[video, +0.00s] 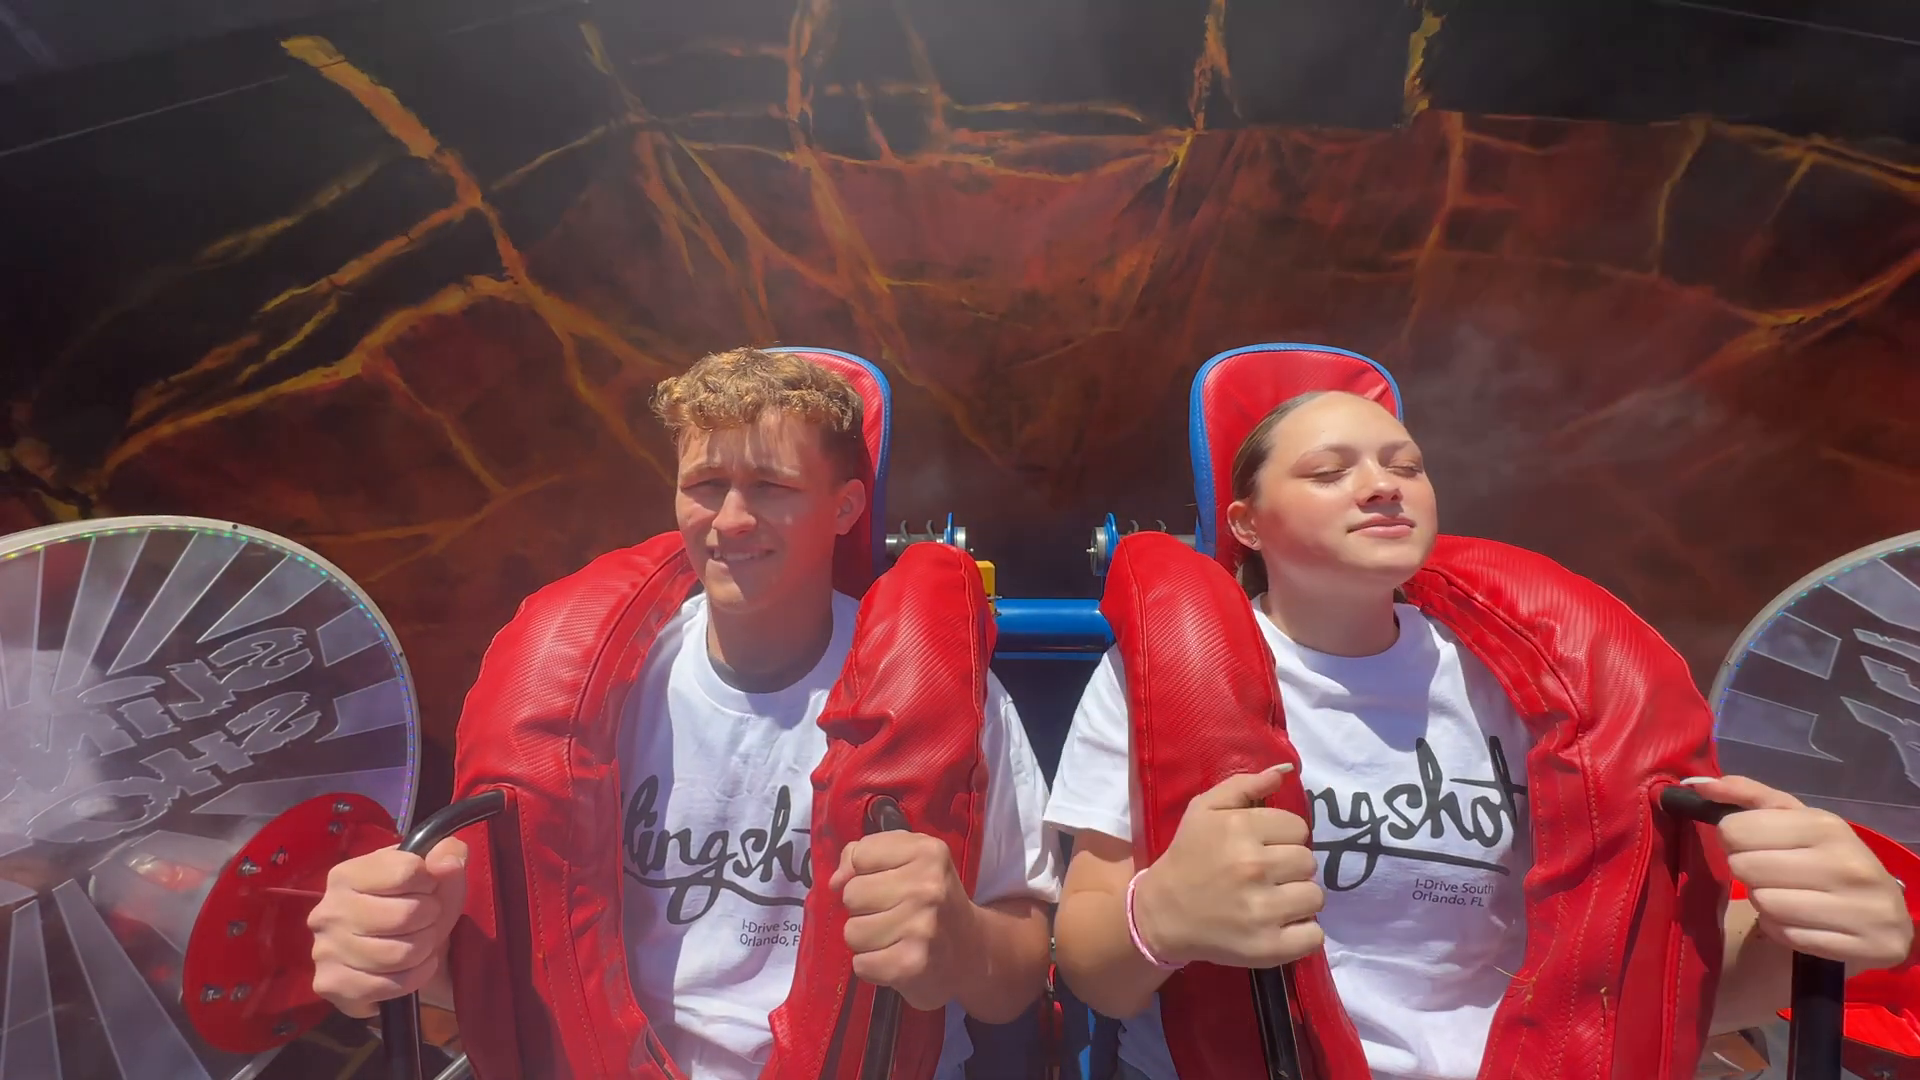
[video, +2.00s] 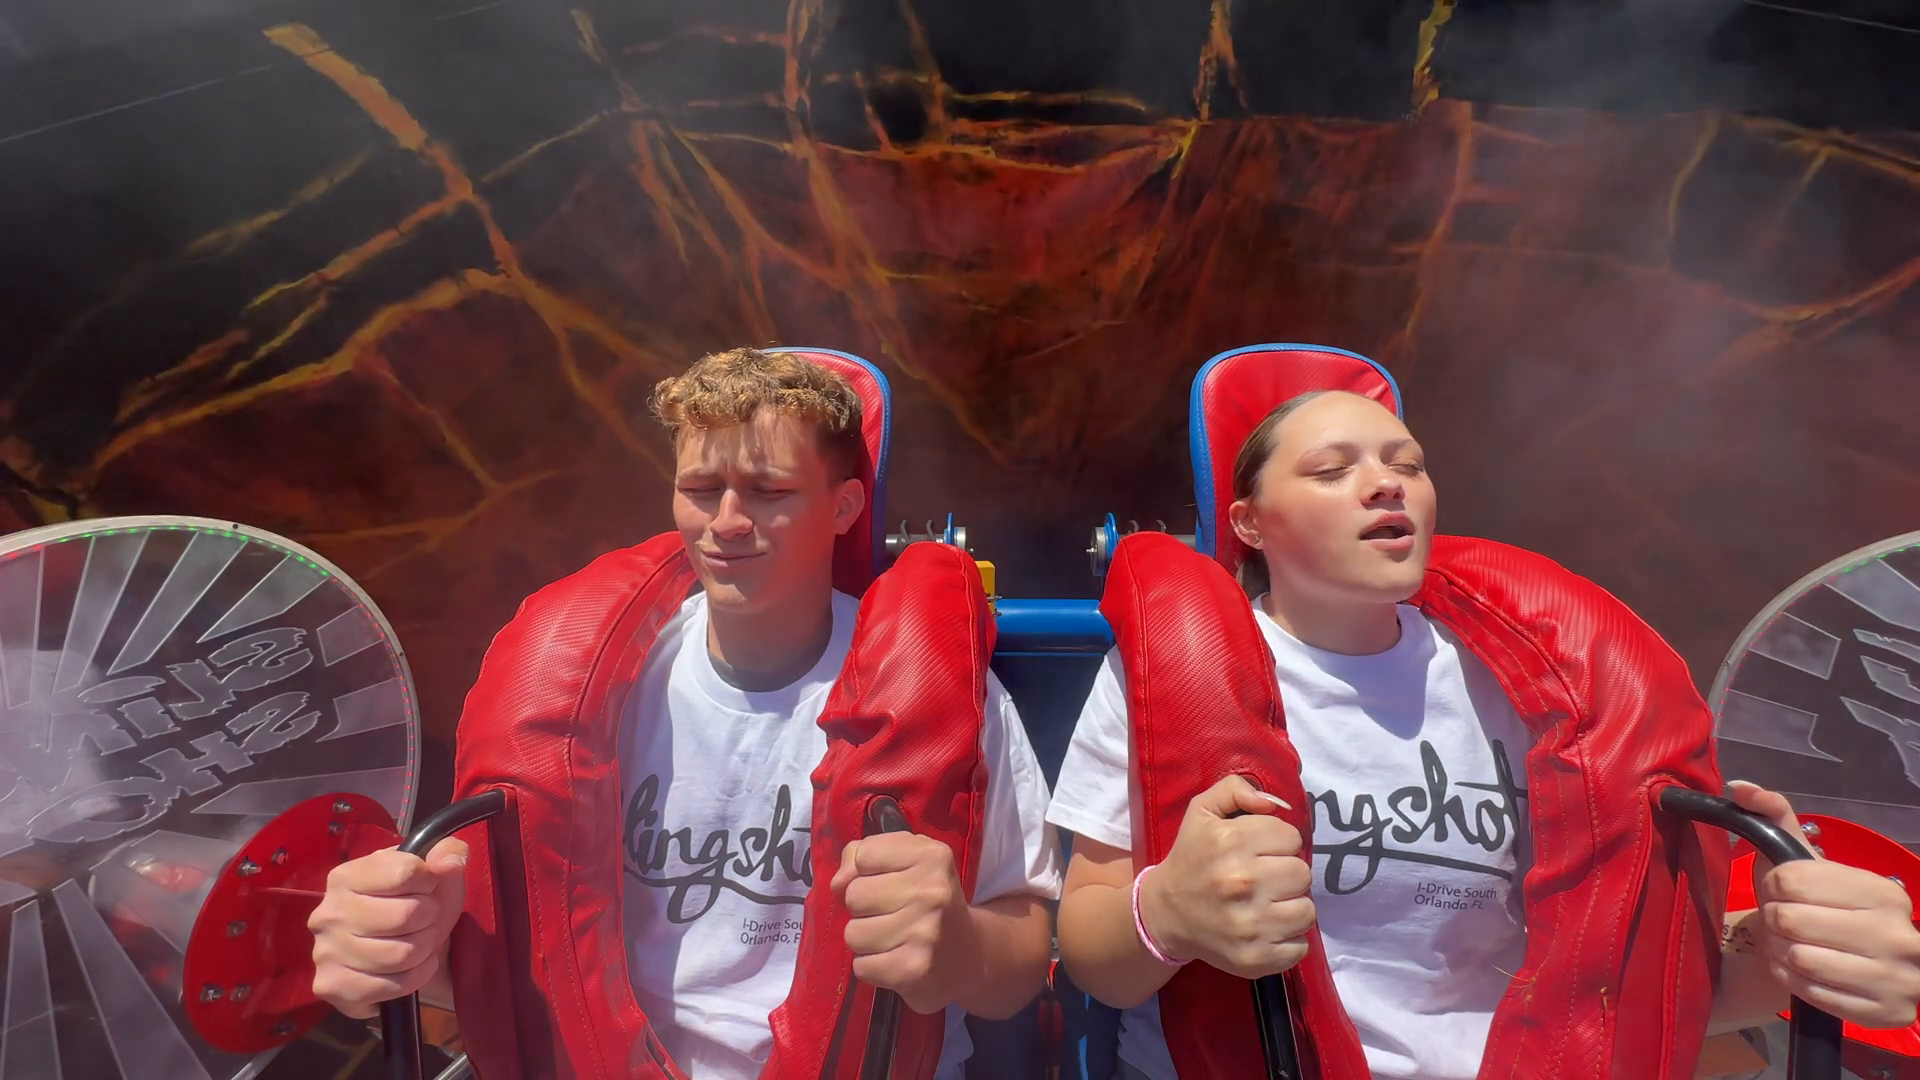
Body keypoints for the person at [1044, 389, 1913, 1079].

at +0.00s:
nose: (1382, 483)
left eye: (1400, 458)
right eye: (1327, 468)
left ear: (1431, 489)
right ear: (1243, 521)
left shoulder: (1533, 666)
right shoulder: (1168, 666)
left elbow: (1658, 971)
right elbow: (1085, 966)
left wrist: (1872, 919)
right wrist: (1153, 918)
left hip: (1518, 1066)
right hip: (1287, 1066)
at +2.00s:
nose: (1386, 483)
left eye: (1402, 459)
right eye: (1331, 467)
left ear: (1432, 493)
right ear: (1245, 522)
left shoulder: (1529, 664)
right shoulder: (1172, 663)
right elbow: (1083, 954)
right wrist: (1162, 912)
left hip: (1510, 1055)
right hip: (1291, 1055)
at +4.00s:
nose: (1381, 487)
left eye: (1400, 460)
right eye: (1329, 470)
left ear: (1432, 486)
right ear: (1246, 521)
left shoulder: (1532, 664)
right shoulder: (1173, 663)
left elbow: (1651, 924)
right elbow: (1089, 957)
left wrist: (1756, 899)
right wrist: (1162, 910)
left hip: (1507, 1068)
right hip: (1287, 1066)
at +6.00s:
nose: (1384, 467)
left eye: (1399, 444)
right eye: (1329, 453)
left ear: (1433, 482)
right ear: (1245, 515)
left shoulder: (1531, 665)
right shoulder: (1174, 662)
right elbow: (1088, 953)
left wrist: (1770, 918)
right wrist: (1158, 914)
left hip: (1506, 1067)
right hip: (1283, 1065)